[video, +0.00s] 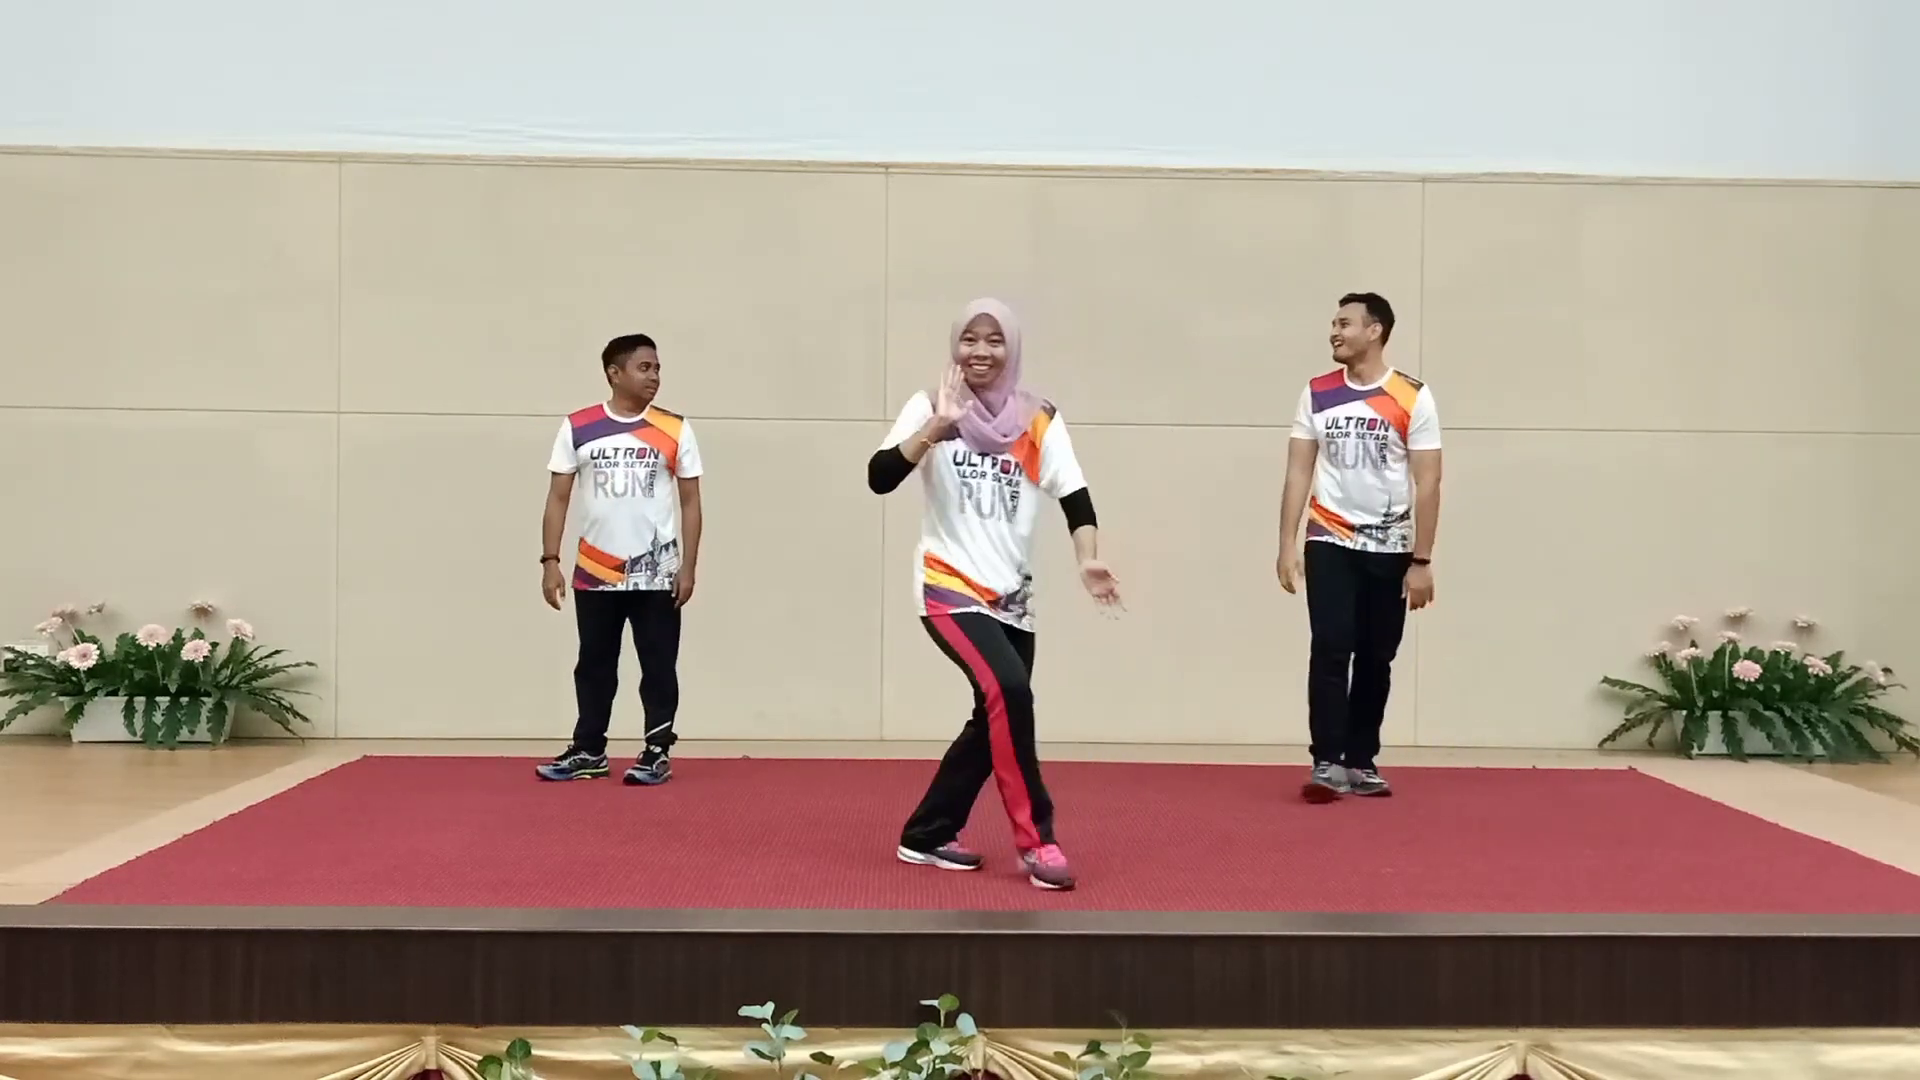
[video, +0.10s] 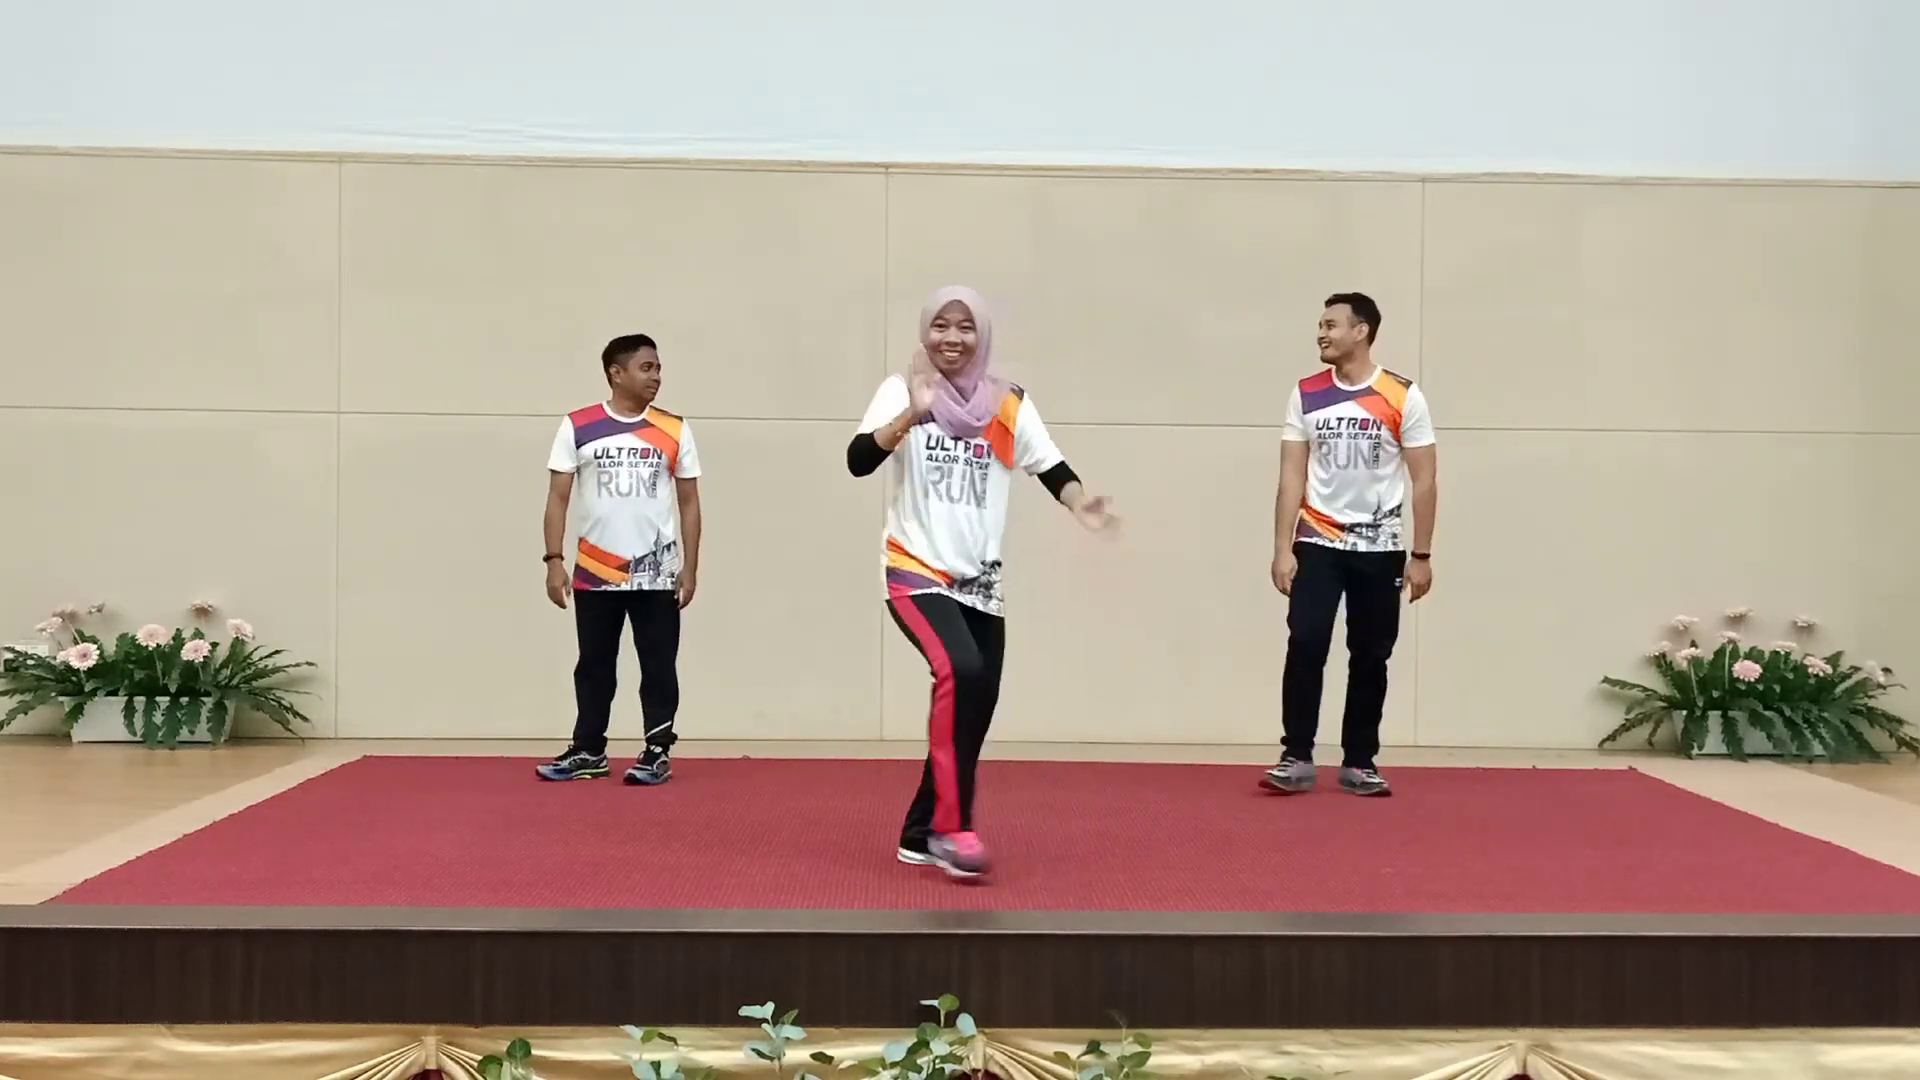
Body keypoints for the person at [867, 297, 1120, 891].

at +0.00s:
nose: (980, 350)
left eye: (992, 340)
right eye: (970, 340)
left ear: (1012, 350)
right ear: (956, 348)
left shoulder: (1039, 419)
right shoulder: (930, 408)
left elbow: (1073, 493)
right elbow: (879, 478)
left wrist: (1088, 558)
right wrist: (934, 427)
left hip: (1011, 597)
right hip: (948, 588)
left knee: (995, 719)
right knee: (1008, 689)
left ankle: (924, 836)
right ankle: (1036, 842)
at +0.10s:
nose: (952, 337)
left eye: (964, 327)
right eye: (942, 326)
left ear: (983, 337)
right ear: (925, 335)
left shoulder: (1007, 404)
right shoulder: (903, 392)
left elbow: (1051, 467)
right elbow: (858, 461)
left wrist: (1078, 501)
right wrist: (911, 415)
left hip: (979, 583)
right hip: (914, 571)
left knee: (979, 701)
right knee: (963, 669)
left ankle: (921, 831)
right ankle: (951, 827)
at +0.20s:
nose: (937, 326)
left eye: (949, 317)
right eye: (926, 316)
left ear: (966, 327)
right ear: (909, 325)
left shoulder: (991, 392)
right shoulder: (889, 382)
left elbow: (1042, 452)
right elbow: (849, 455)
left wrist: (1073, 464)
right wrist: (898, 415)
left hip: (963, 575)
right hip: (900, 564)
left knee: (964, 698)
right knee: (932, 667)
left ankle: (934, 833)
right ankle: (894, 822)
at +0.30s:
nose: (901, 317)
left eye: (912, 308)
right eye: (890, 308)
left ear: (930, 318)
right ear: (874, 318)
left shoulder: (955, 379)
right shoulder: (860, 375)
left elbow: (1016, 436)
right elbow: (825, 452)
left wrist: (1037, 410)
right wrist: (855, 446)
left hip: (932, 569)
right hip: (867, 562)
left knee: (935, 700)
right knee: (867, 678)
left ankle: (926, 836)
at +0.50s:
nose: (837, 330)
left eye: (847, 321)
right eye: (824, 321)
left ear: (861, 333)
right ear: (806, 332)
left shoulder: (871, 396)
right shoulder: (794, 394)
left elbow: (930, 439)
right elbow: (773, 479)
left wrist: (949, 392)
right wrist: (799, 520)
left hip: (868, 584)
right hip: (803, 586)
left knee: (915, 688)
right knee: (790, 704)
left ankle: (926, 831)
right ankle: (727, 833)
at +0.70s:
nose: (793, 348)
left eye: (804, 339)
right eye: (781, 338)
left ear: (814, 349)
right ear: (759, 346)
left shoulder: (801, 412)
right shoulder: (750, 415)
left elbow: (859, 462)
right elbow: (731, 509)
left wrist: (871, 410)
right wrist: (761, 573)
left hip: (829, 584)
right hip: (777, 591)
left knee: (918, 648)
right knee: (789, 710)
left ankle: (928, 804)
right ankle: (726, 836)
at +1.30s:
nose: (767, 333)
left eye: (775, 322)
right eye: (753, 324)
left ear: (787, 331)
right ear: (729, 333)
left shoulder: (805, 399)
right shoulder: (712, 401)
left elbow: (865, 454)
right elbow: (693, 485)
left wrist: (882, 398)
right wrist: (720, 525)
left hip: (824, 573)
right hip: (756, 578)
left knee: (891, 673)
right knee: (759, 700)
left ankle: (910, 824)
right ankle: (722, 836)